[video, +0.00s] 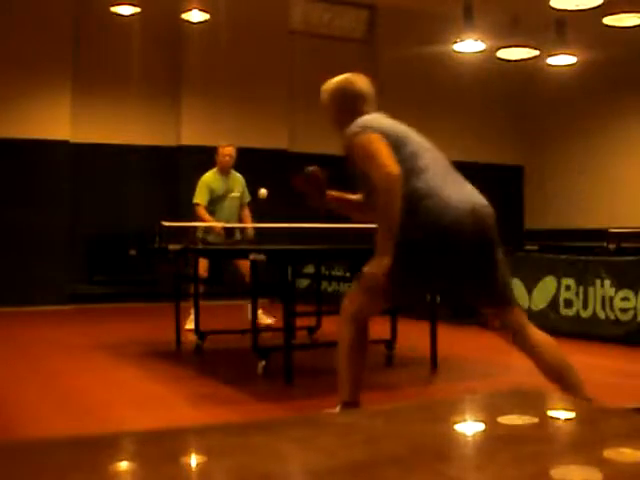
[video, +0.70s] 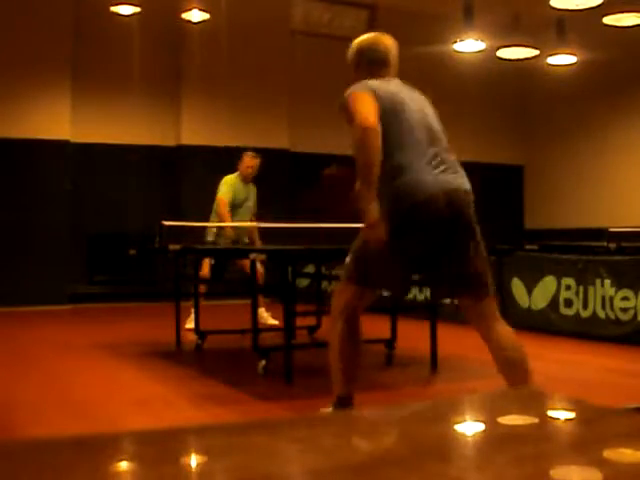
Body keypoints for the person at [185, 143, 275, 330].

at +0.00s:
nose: (227, 160)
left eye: (230, 156)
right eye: (224, 156)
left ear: (234, 159)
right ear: (217, 157)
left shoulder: (239, 180)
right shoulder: (207, 180)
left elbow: (244, 207)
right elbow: (199, 207)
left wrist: (249, 226)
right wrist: (213, 223)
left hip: (233, 234)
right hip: (209, 235)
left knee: (247, 270)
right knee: (201, 274)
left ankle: (255, 310)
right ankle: (193, 314)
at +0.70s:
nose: (250, 170)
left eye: (253, 167)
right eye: (247, 166)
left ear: (256, 170)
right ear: (240, 166)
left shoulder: (252, 189)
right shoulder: (228, 181)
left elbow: (251, 219)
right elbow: (222, 206)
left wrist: (256, 243)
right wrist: (228, 229)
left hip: (240, 237)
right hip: (219, 237)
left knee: (257, 270)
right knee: (205, 273)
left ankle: (260, 310)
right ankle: (194, 313)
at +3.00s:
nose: (186, 158)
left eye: (189, 154)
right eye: (183, 154)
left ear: (192, 158)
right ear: (174, 156)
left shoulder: (196, 183)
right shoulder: (162, 178)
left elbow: (205, 212)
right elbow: (144, 196)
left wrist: (214, 239)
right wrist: (140, 196)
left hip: (186, 239)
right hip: (163, 239)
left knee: (200, 272)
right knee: (154, 275)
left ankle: (199, 314)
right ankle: (136, 316)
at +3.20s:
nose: (191, 150)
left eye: (194, 147)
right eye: (187, 146)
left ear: (197, 151)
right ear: (179, 150)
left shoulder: (201, 176)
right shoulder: (167, 174)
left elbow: (213, 202)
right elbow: (156, 201)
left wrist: (222, 226)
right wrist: (158, 228)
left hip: (192, 235)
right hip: (170, 234)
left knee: (199, 275)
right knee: (163, 274)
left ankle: (199, 314)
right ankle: (153, 312)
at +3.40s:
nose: (195, 149)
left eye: (197, 146)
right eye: (191, 146)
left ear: (200, 151)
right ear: (181, 149)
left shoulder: (202, 176)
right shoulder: (170, 174)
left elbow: (211, 204)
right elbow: (159, 202)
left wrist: (220, 226)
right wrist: (167, 225)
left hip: (197, 235)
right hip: (175, 234)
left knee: (204, 270)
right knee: (167, 275)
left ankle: (204, 312)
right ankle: (158, 314)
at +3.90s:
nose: (253, 153)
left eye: (254, 149)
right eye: (249, 149)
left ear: (252, 153)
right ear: (238, 150)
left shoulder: (244, 175)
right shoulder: (227, 172)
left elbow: (240, 205)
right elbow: (220, 203)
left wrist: (243, 226)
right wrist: (232, 227)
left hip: (236, 232)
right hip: (219, 232)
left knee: (243, 272)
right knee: (207, 273)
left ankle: (241, 312)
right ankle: (181, 305)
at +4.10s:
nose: (271, 150)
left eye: (271, 146)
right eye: (267, 145)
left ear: (267, 150)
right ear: (256, 147)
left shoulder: (261, 171)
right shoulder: (246, 168)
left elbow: (256, 201)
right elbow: (241, 200)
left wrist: (263, 222)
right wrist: (257, 222)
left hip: (255, 229)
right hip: (242, 229)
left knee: (251, 268)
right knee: (247, 268)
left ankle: (244, 307)